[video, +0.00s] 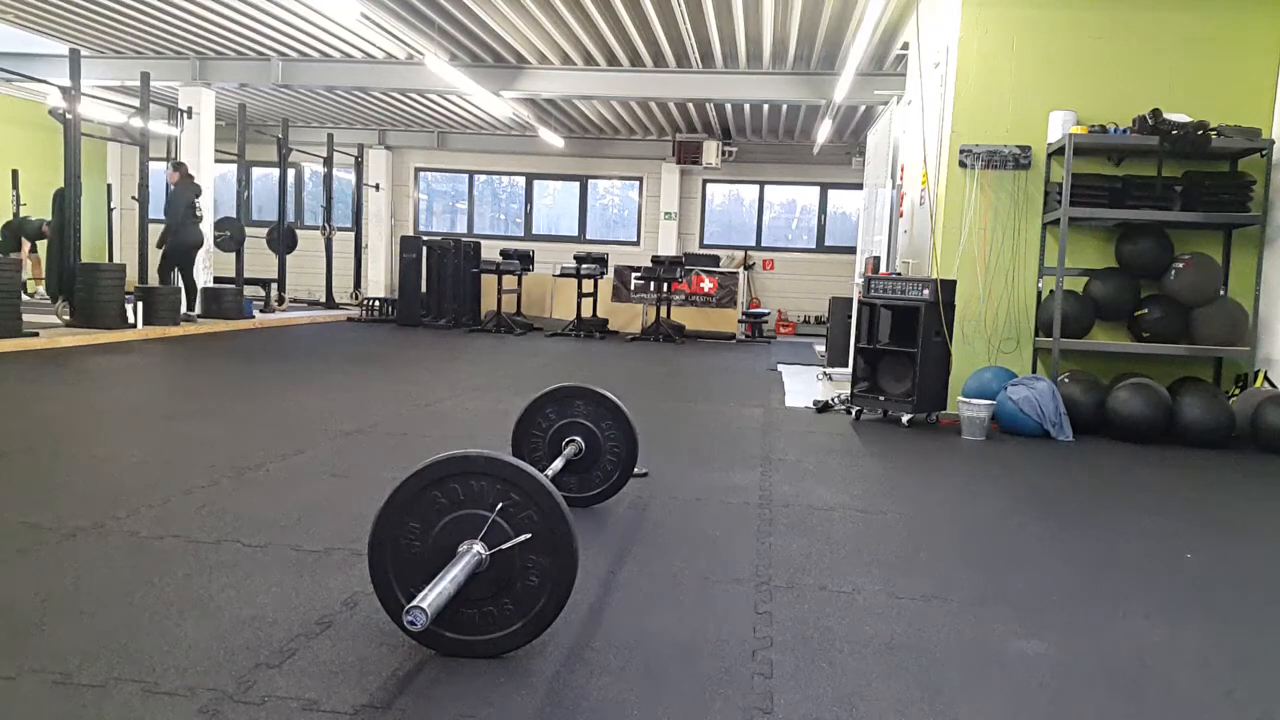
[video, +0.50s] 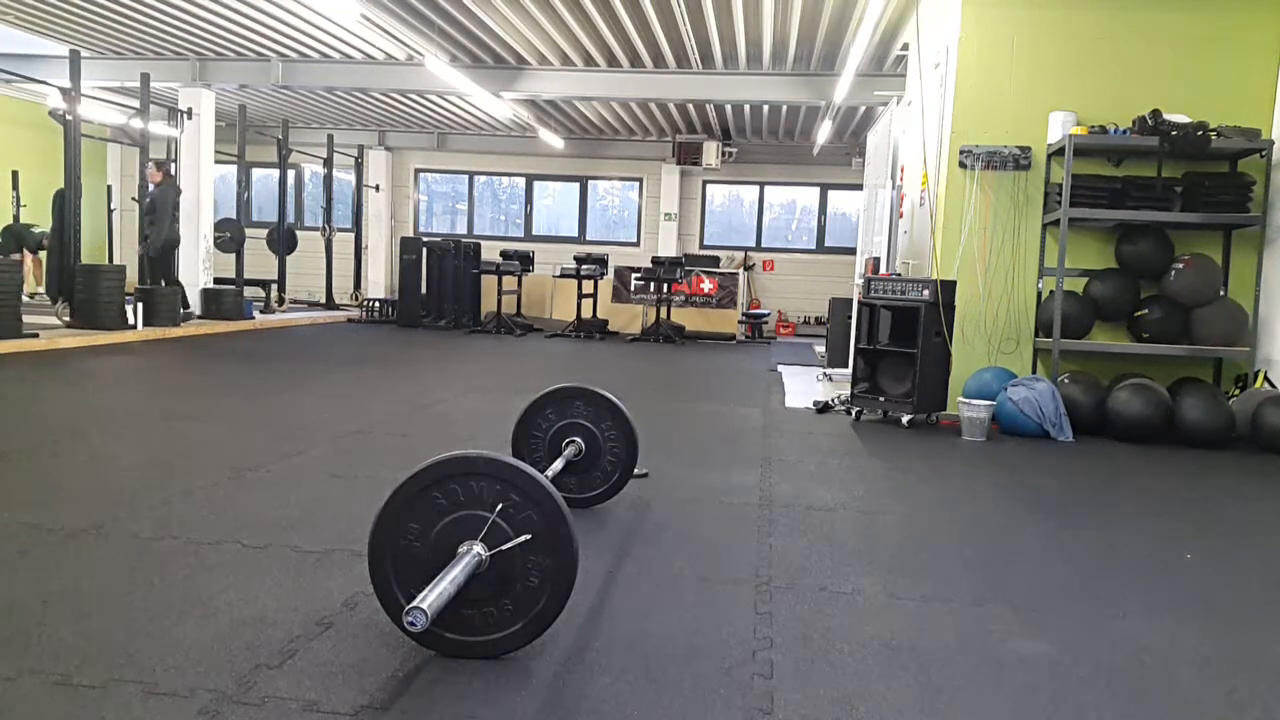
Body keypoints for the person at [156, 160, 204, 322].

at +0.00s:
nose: (168, 176)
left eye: (170, 173)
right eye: (168, 173)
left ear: (178, 174)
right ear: (182, 174)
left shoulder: (179, 191)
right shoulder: (190, 189)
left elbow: (174, 219)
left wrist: (162, 239)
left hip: (181, 237)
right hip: (194, 236)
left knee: (163, 270)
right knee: (187, 272)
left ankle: (167, 308)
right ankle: (191, 310)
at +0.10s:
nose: (163, 176)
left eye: (165, 173)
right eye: (163, 173)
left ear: (174, 173)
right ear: (175, 174)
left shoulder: (177, 190)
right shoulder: (186, 188)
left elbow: (174, 219)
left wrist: (162, 243)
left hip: (177, 237)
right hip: (189, 236)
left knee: (163, 272)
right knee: (185, 272)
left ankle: (163, 310)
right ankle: (190, 310)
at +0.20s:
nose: (159, 176)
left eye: (162, 173)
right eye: (160, 173)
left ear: (171, 174)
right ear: (172, 174)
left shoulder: (173, 191)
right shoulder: (182, 189)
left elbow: (170, 222)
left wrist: (161, 244)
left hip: (174, 237)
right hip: (185, 237)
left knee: (162, 272)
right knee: (183, 273)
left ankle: (162, 309)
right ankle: (190, 310)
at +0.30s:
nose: (154, 175)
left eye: (157, 172)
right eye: (155, 172)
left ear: (166, 174)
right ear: (167, 174)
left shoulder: (169, 192)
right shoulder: (175, 190)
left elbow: (168, 223)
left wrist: (162, 248)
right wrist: (155, 241)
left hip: (171, 238)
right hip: (179, 236)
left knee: (161, 274)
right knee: (179, 274)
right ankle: (189, 311)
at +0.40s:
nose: (152, 176)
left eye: (155, 173)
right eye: (153, 173)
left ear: (164, 174)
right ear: (164, 174)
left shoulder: (166, 192)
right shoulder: (170, 190)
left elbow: (166, 221)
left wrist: (160, 245)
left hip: (165, 236)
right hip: (173, 235)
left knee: (158, 273)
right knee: (173, 273)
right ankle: (188, 309)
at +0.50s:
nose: (148, 174)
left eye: (152, 171)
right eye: (149, 171)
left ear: (161, 173)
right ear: (160, 174)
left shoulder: (164, 191)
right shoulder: (163, 189)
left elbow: (162, 221)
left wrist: (151, 246)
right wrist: (146, 241)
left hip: (161, 238)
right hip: (166, 237)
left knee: (155, 277)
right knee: (168, 276)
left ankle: (157, 310)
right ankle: (185, 308)